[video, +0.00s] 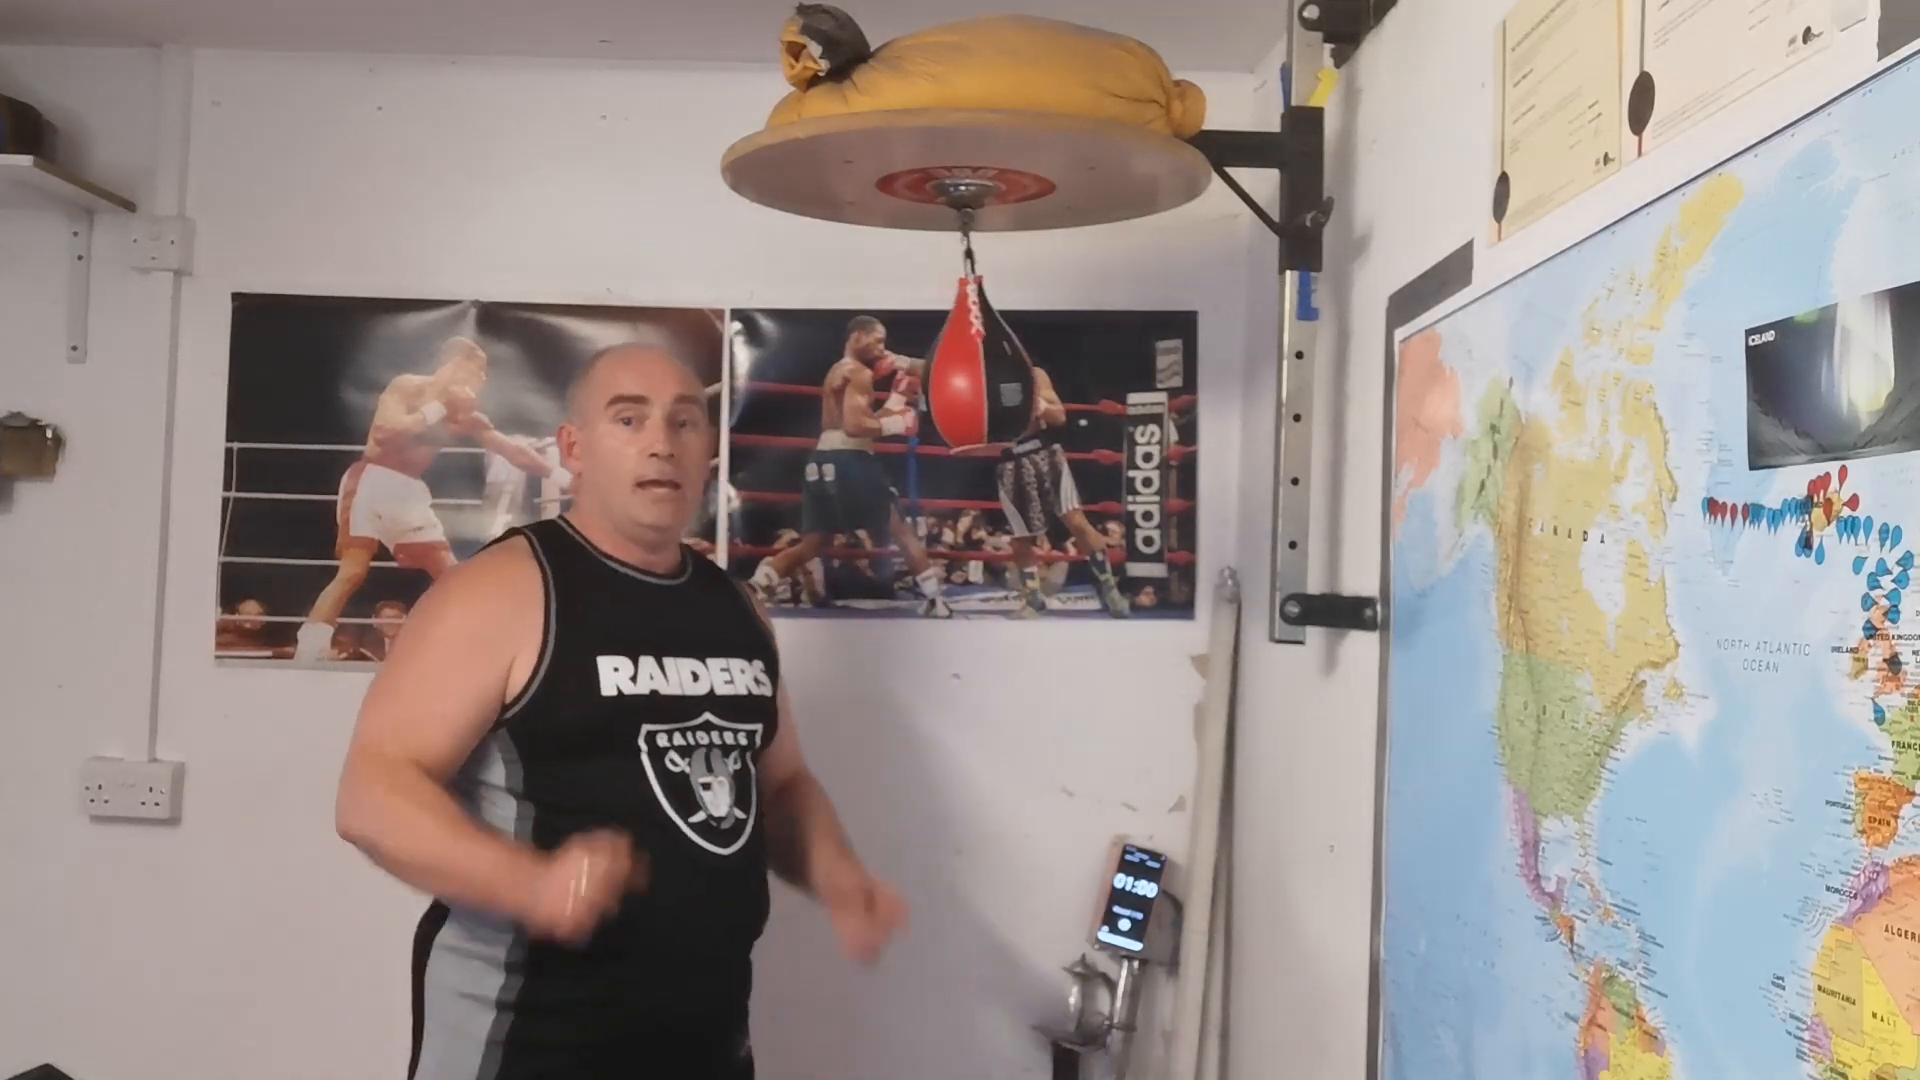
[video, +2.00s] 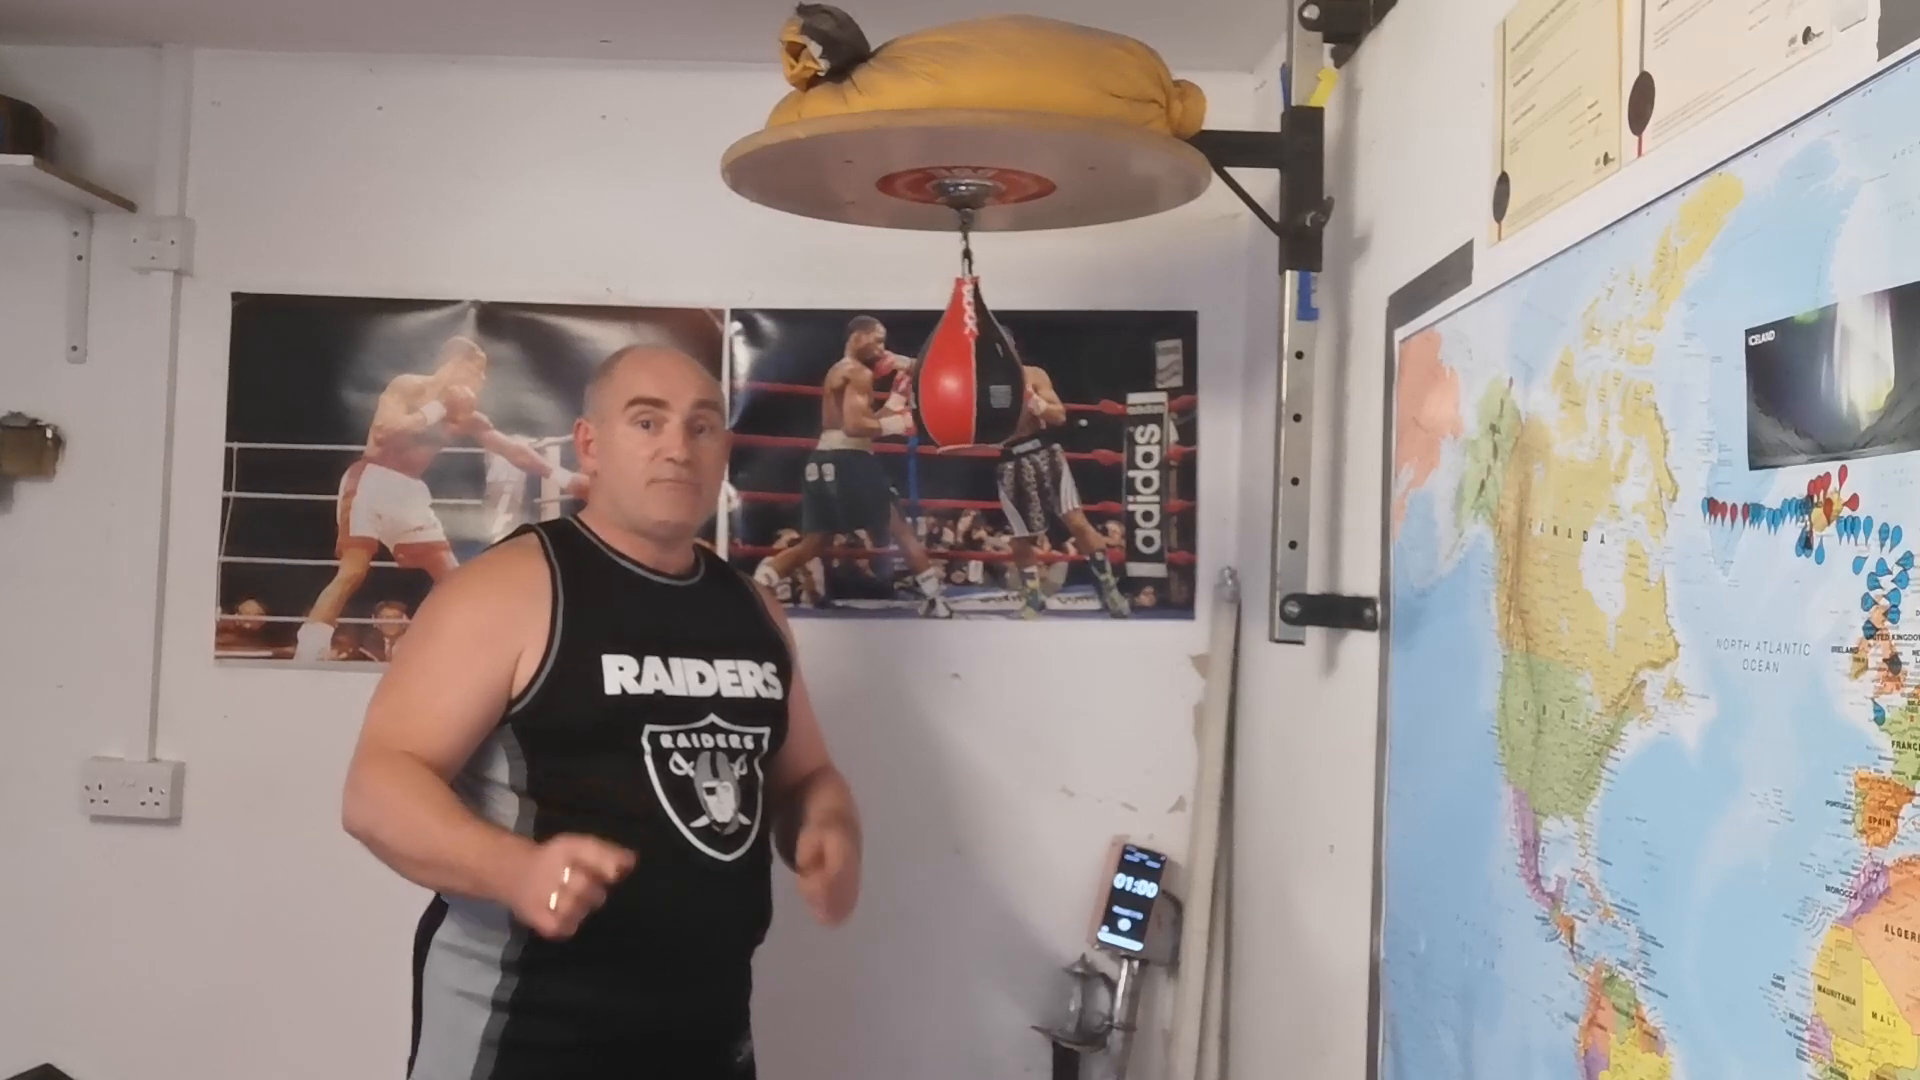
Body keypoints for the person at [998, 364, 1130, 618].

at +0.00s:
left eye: (1007, 353)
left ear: (1016, 354)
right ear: (989, 363)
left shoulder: (1035, 376)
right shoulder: (982, 386)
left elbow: (1059, 416)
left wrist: (1042, 407)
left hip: (1047, 454)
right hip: (1011, 463)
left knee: (1076, 522)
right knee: (1021, 536)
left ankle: (1109, 589)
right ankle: (1032, 599)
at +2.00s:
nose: (1002, 358)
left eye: (1005, 350)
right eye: (995, 353)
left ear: (1014, 349)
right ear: (987, 359)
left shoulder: (1033, 375)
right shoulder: (983, 387)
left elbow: (1059, 416)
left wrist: (1040, 407)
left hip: (1046, 456)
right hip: (1011, 465)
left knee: (1077, 524)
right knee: (1021, 537)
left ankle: (1109, 590)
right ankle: (1032, 599)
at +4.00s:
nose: (996, 355)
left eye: (999, 348)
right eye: (991, 349)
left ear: (1010, 347)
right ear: (985, 352)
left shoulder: (1034, 375)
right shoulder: (983, 383)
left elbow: (1059, 416)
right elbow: (978, 429)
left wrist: (1037, 404)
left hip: (1046, 456)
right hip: (1011, 464)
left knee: (1075, 522)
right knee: (1022, 537)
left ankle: (1108, 587)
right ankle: (1032, 597)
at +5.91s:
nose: (996, 356)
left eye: (1000, 349)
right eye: (991, 351)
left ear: (1011, 348)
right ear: (984, 354)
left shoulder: (1033, 375)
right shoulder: (982, 384)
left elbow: (1059, 416)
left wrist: (1033, 401)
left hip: (1046, 456)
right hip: (1011, 465)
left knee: (1076, 523)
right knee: (1022, 537)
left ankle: (1108, 587)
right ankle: (1032, 596)